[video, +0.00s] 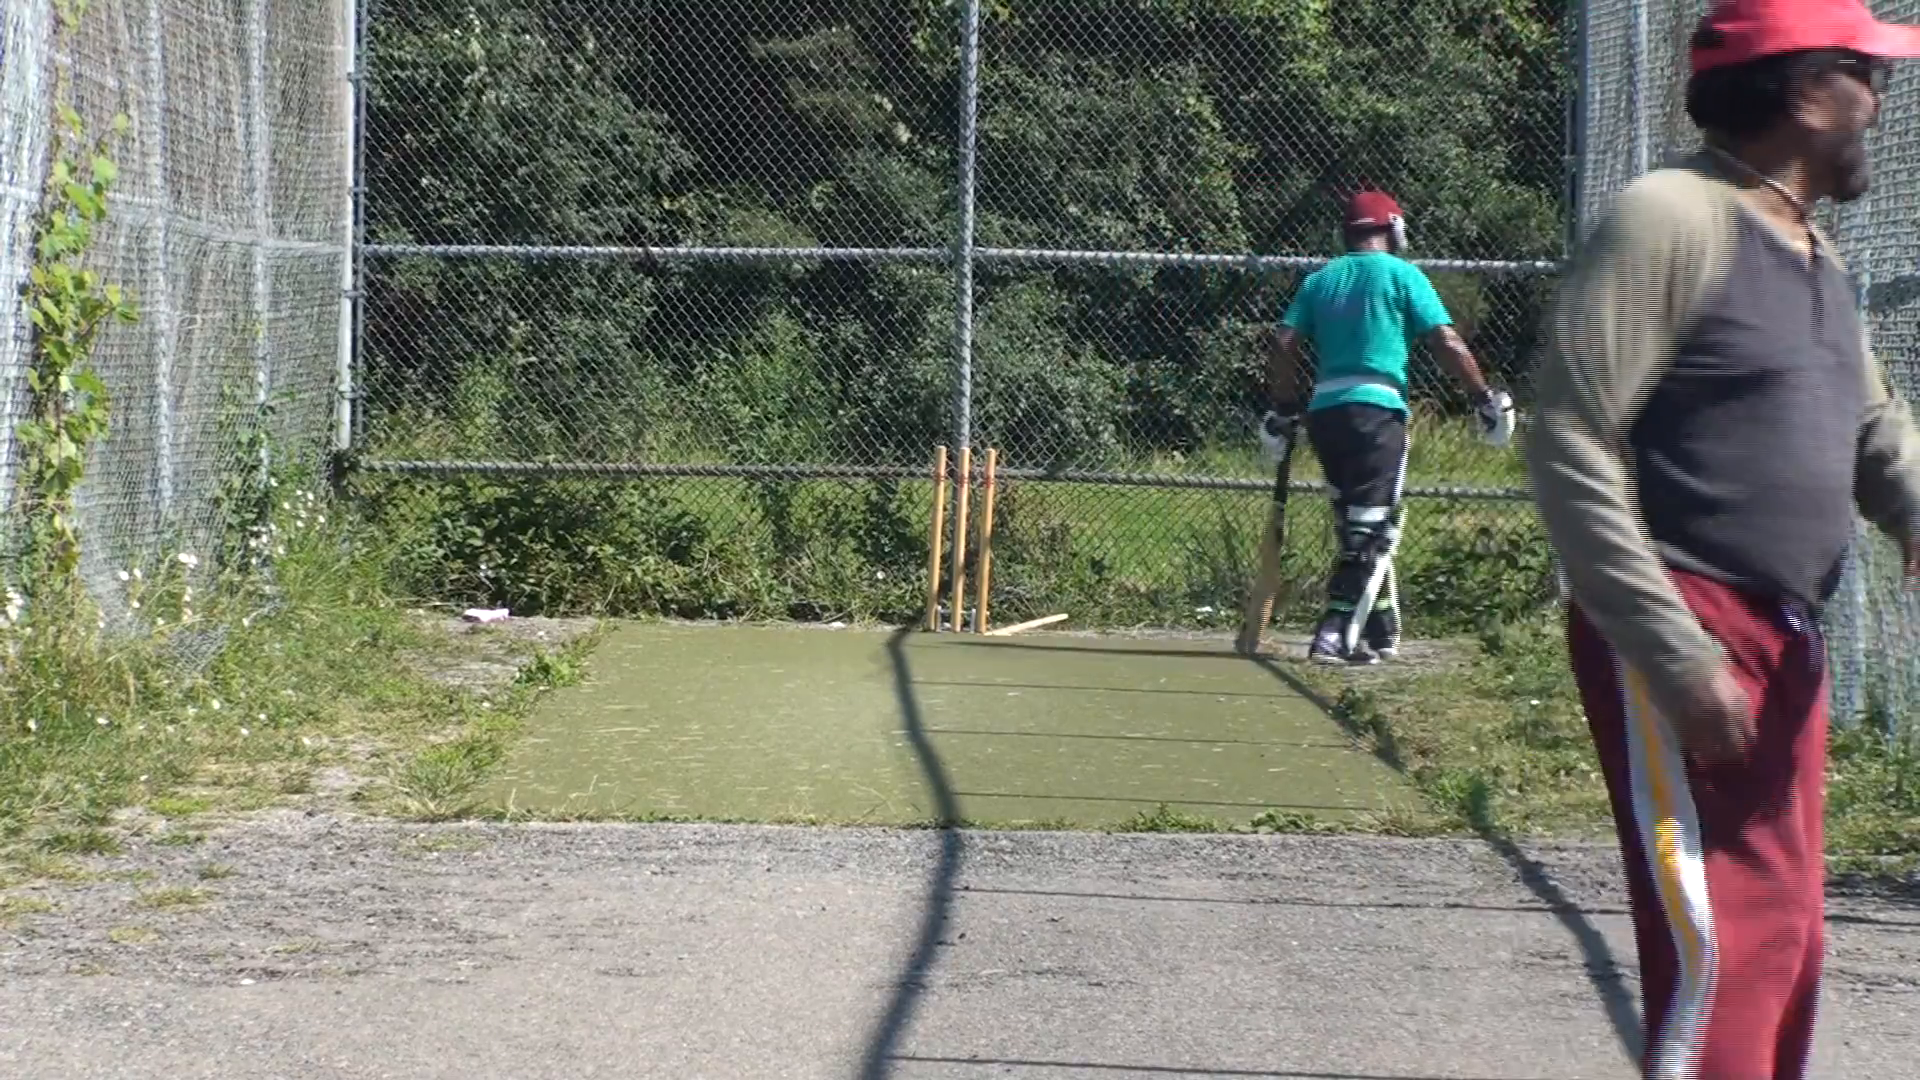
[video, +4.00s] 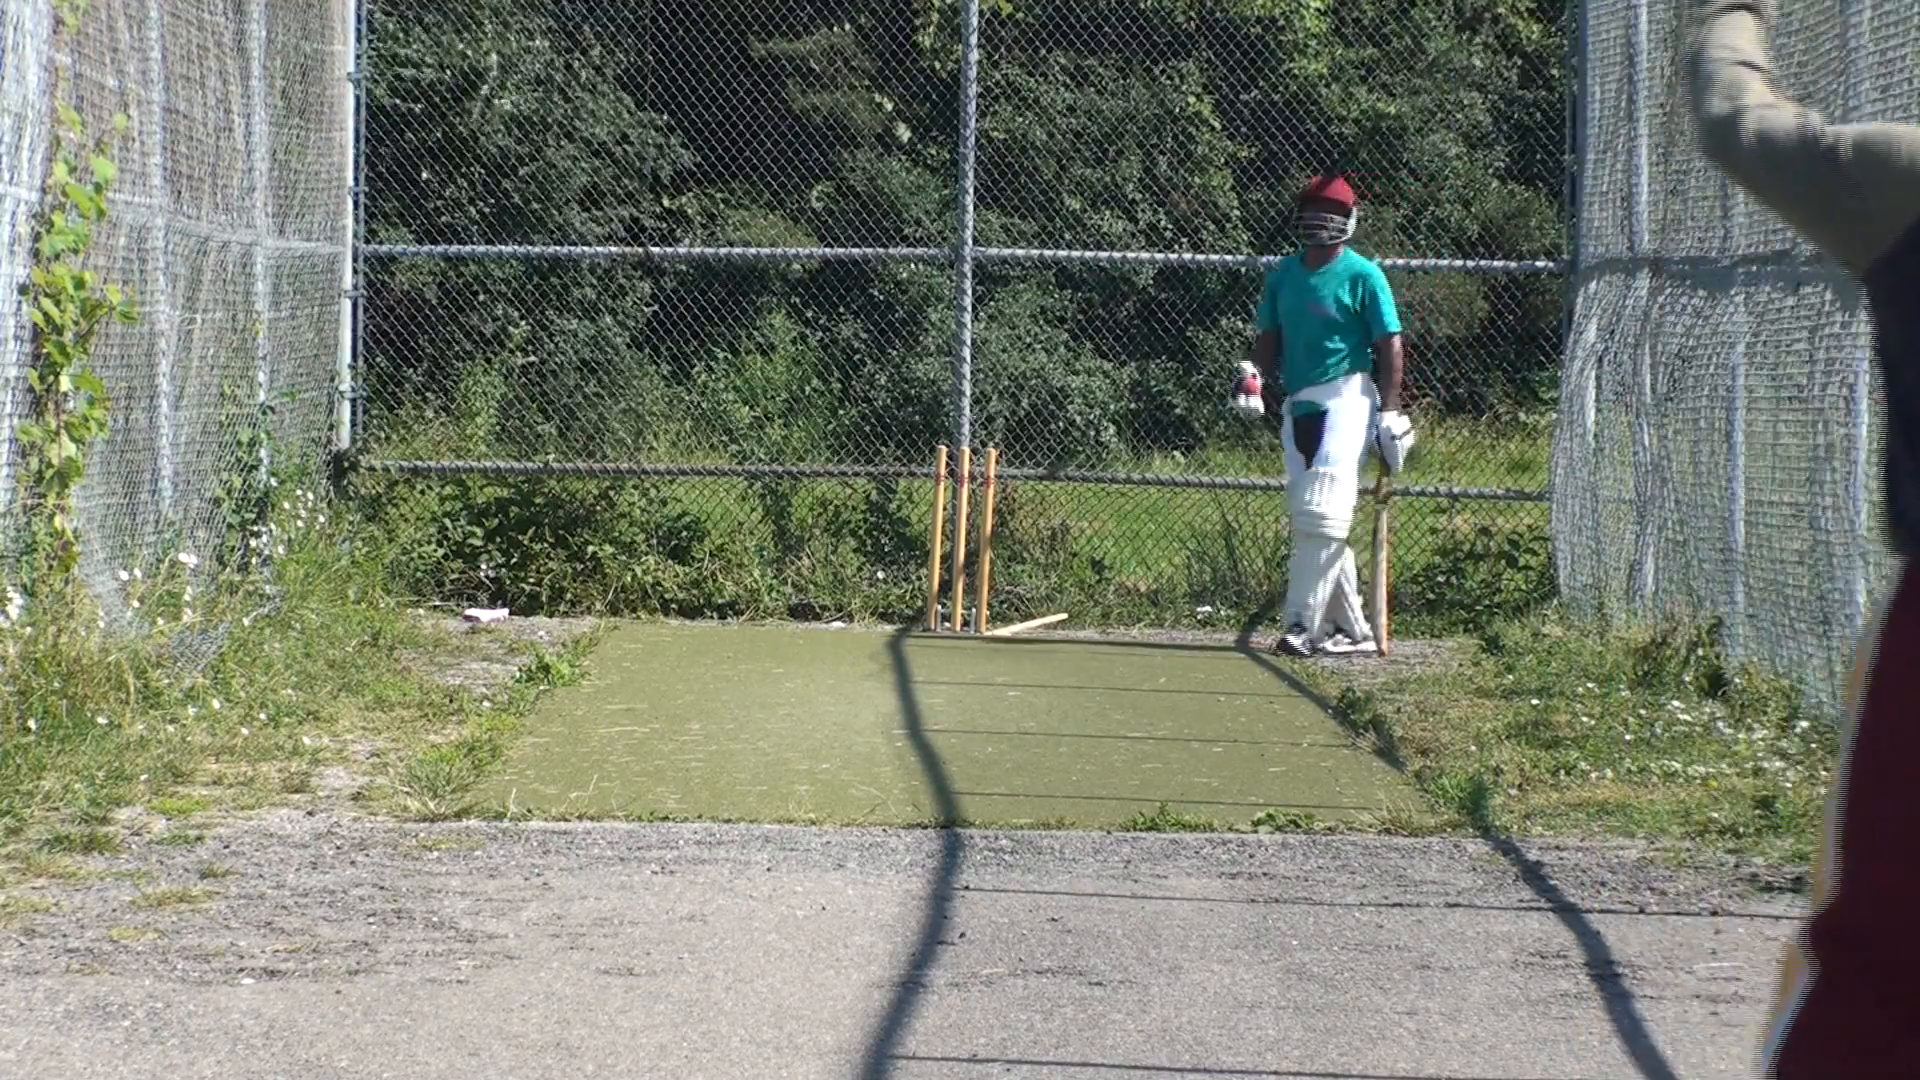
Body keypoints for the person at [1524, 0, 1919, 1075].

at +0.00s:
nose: (1878, 106)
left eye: (1874, 81)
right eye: (1861, 79)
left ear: (1797, 99)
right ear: (1796, 92)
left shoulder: (1816, 253)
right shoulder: (1663, 214)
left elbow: (1872, 431)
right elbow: (1565, 436)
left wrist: (1910, 516)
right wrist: (1674, 657)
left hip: (1783, 631)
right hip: (1679, 617)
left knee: (1790, 943)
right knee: (1724, 951)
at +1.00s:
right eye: (1856, 73)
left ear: (1722, 84)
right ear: (1863, 95)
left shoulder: (1620, 215)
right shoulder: (1906, 223)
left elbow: (1529, 472)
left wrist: (1612, 636)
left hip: (1661, 627)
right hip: (1865, 640)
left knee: (1621, 985)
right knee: (1872, 985)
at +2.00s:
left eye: (1659, 61)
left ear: (1667, 72)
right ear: (1817, 68)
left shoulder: (1593, 218)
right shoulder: (1899, 199)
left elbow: (1500, 482)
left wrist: (1583, 658)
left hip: (1685, 637)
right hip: (1887, 637)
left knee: (1674, 994)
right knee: (1883, 990)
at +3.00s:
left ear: (1742, 52)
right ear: (1893, 51)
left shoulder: (1680, 196)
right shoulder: (1919, 183)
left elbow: (1495, 330)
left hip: (1736, 647)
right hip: (1913, 651)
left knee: (1706, 992)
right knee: (1902, 996)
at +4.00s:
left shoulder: (1899, 184)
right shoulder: (1894, 185)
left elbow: (1739, 114)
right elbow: (1740, 116)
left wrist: (1731, 14)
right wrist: (1733, 22)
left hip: (1917, 598)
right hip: (1911, 593)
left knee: (1881, 932)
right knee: (1881, 925)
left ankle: (1835, 1061)